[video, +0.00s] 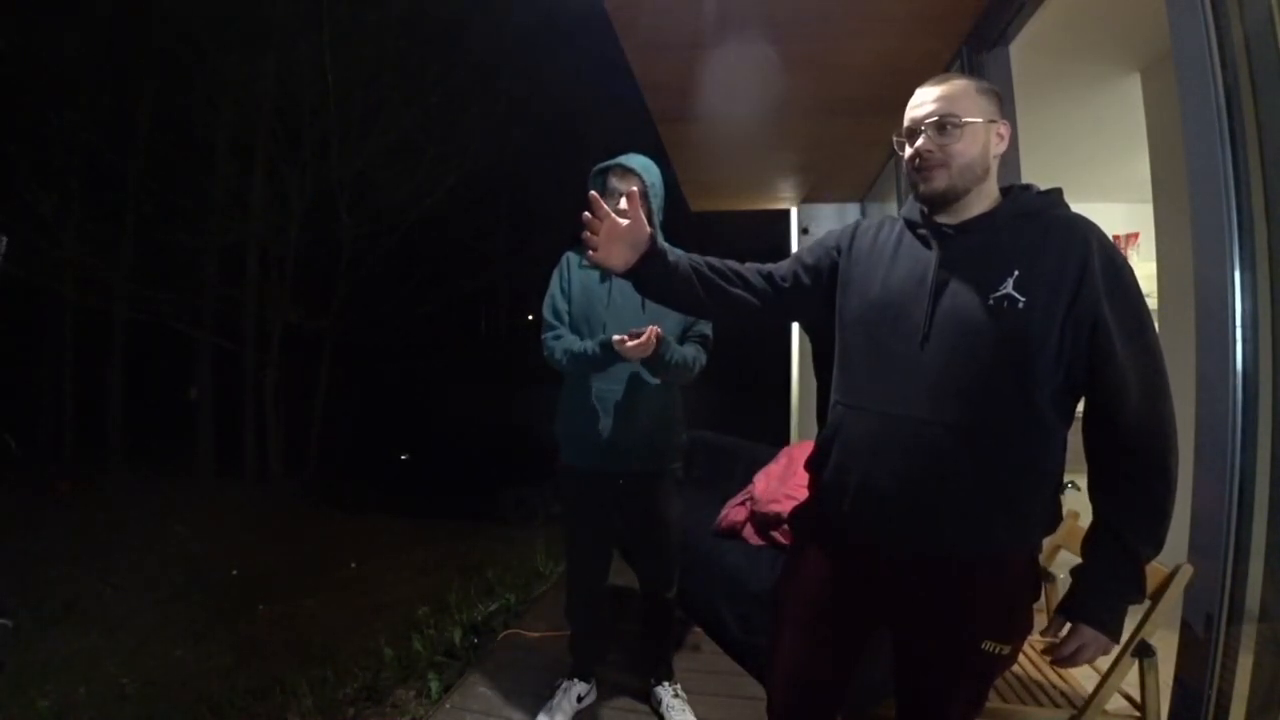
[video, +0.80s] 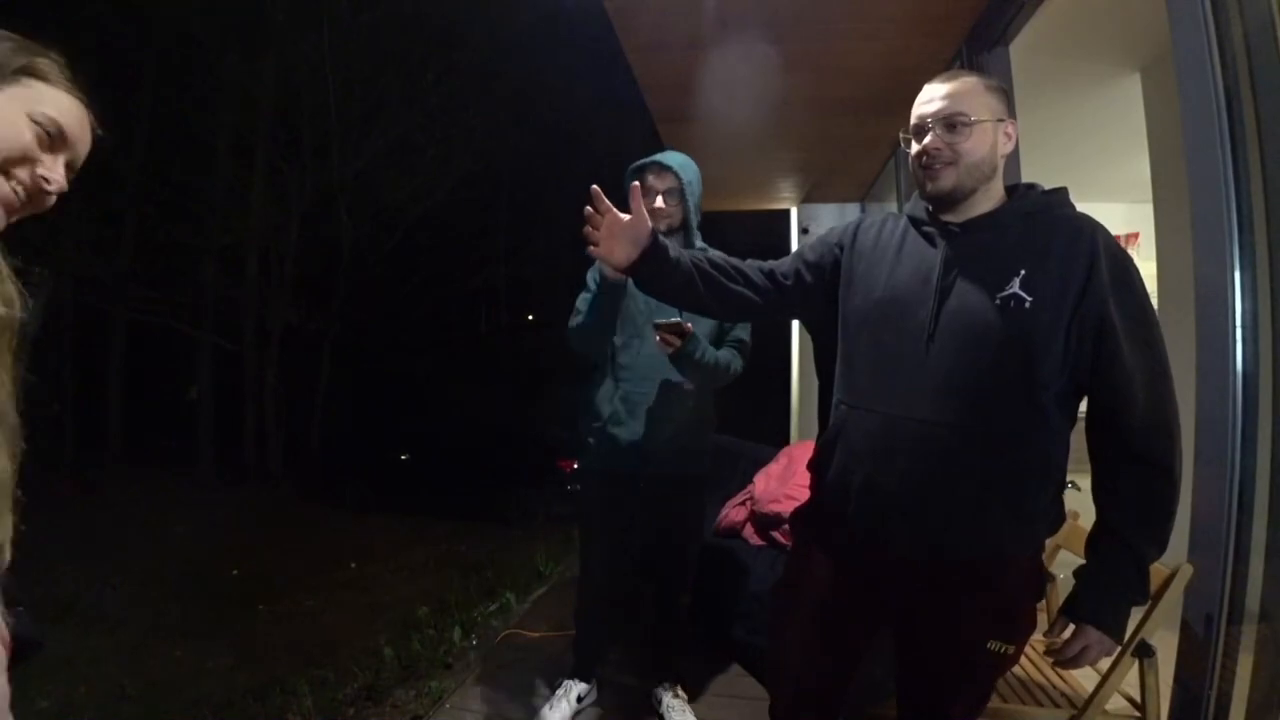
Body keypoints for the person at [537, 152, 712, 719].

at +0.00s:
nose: (629, 208)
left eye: (638, 198)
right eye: (618, 196)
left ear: (653, 205)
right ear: (597, 203)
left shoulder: (678, 270)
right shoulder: (574, 266)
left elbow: (696, 358)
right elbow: (554, 346)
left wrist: (658, 352)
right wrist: (608, 348)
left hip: (653, 449)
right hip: (587, 447)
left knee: (659, 569)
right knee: (585, 566)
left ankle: (661, 678)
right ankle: (580, 678)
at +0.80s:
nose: (658, 204)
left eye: (669, 194)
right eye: (648, 195)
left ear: (693, 199)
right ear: (634, 202)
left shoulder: (721, 275)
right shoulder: (613, 265)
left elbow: (731, 363)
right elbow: (582, 342)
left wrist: (691, 349)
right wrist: (609, 274)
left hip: (680, 440)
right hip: (613, 434)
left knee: (672, 557)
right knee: (600, 554)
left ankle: (665, 679)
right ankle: (584, 675)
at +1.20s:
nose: (664, 209)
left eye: (678, 199)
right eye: (659, 198)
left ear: (706, 204)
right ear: (651, 204)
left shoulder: (736, 273)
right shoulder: (632, 258)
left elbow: (746, 366)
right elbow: (595, 325)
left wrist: (688, 351)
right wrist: (635, 248)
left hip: (685, 445)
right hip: (615, 438)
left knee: (675, 561)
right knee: (601, 557)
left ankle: (666, 679)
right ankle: (587, 675)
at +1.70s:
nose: (678, 216)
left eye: (689, 207)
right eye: (672, 205)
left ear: (716, 210)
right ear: (664, 207)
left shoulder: (739, 274)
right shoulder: (645, 262)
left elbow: (746, 370)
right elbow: (613, 317)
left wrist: (685, 352)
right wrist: (644, 252)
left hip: (684, 443)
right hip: (621, 433)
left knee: (672, 559)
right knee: (594, 545)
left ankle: (665, 674)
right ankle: (580, 647)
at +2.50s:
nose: (613, 227)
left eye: (623, 218)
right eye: (606, 219)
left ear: (643, 223)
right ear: (596, 228)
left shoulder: (673, 282)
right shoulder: (583, 286)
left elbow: (692, 355)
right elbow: (565, 356)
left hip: (656, 445)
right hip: (598, 443)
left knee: (657, 563)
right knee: (604, 547)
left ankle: (662, 672)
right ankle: (618, 632)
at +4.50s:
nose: (696, 235)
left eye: (707, 226)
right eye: (687, 225)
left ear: (723, 229)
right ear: (674, 228)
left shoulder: (741, 284)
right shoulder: (655, 280)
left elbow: (754, 360)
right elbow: (626, 347)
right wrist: (603, 412)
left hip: (712, 440)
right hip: (648, 437)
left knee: (704, 543)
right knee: (633, 539)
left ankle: (697, 643)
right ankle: (621, 634)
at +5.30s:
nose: (657, 231)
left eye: (667, 221)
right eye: (647, 221)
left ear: (682, 225)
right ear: (629, 224)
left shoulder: (700, 281)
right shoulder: (601, 280)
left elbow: (712, 371)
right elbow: (583, 366)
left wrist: (685, 336)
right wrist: (579, 446)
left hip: (683, 448)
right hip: (615, 447)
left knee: (692, 550)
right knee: (605, 559)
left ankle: (696, 650)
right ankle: (591, 675)